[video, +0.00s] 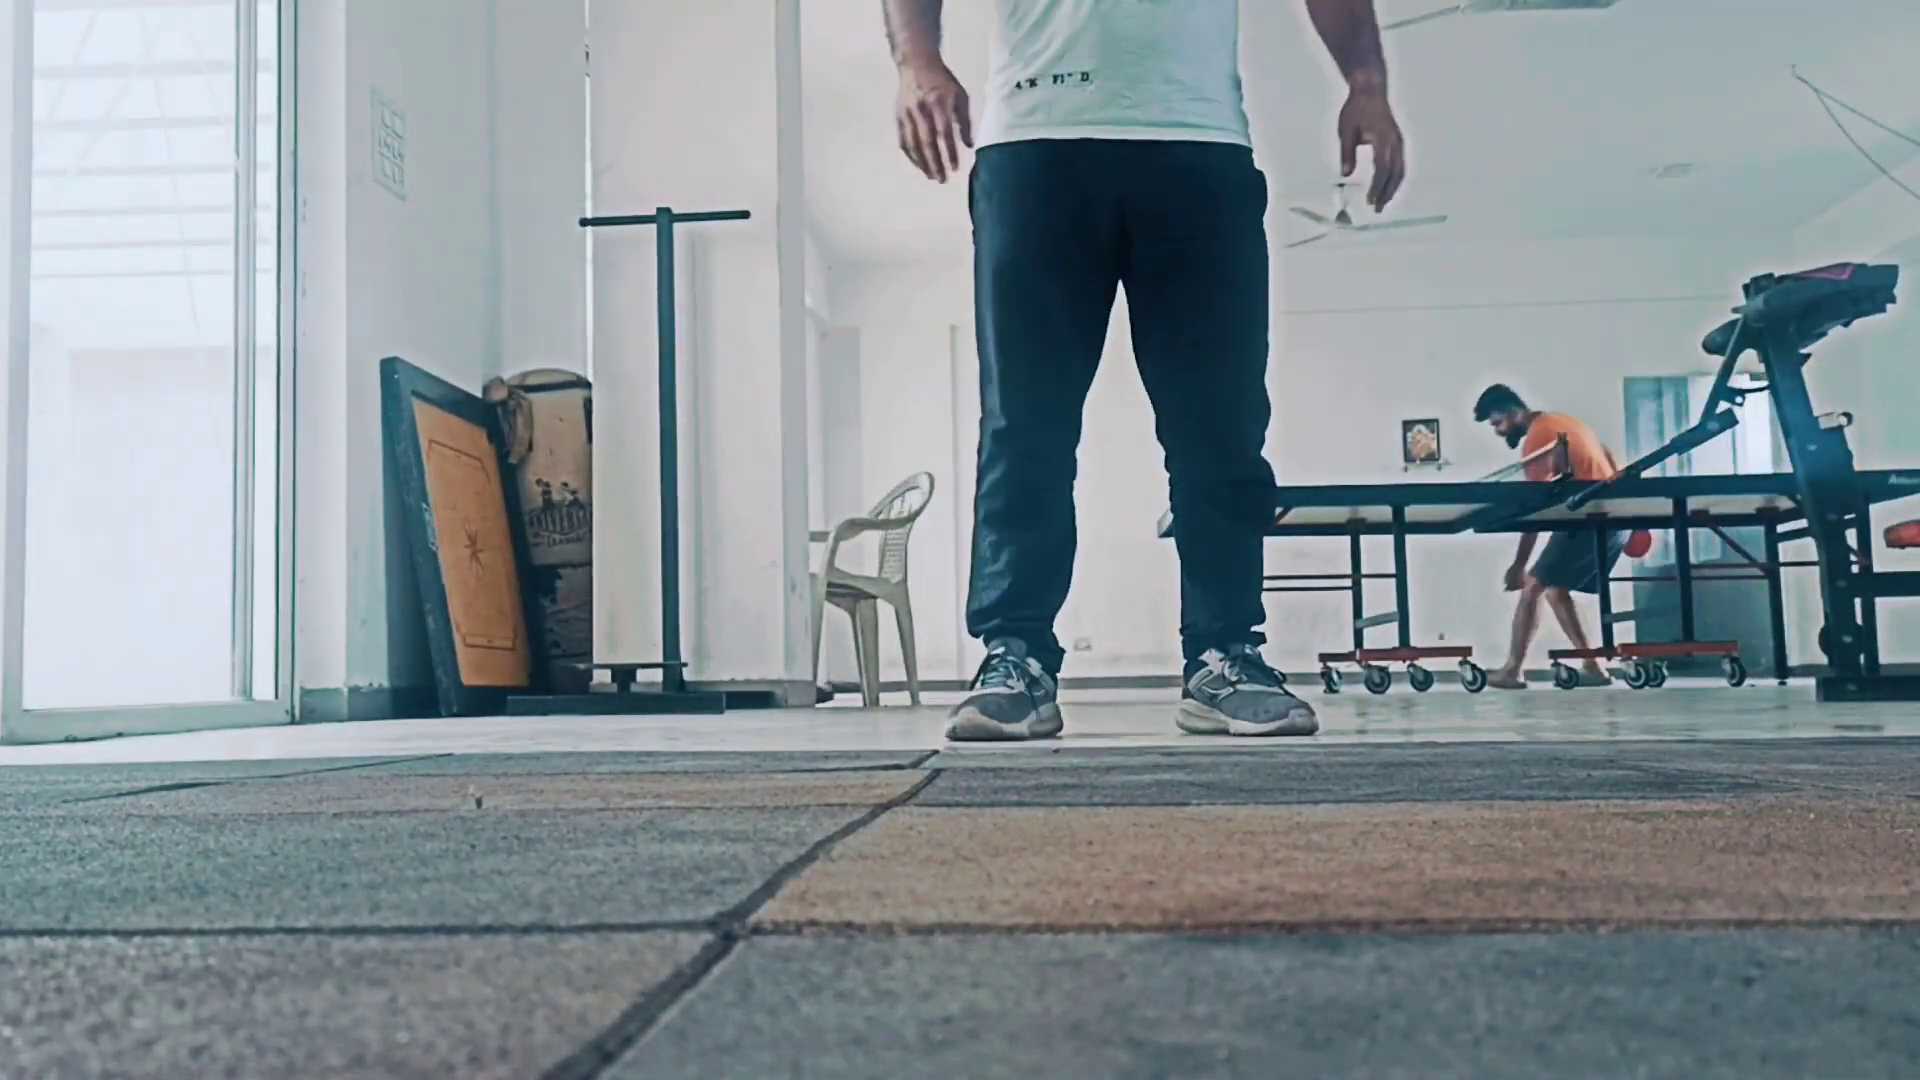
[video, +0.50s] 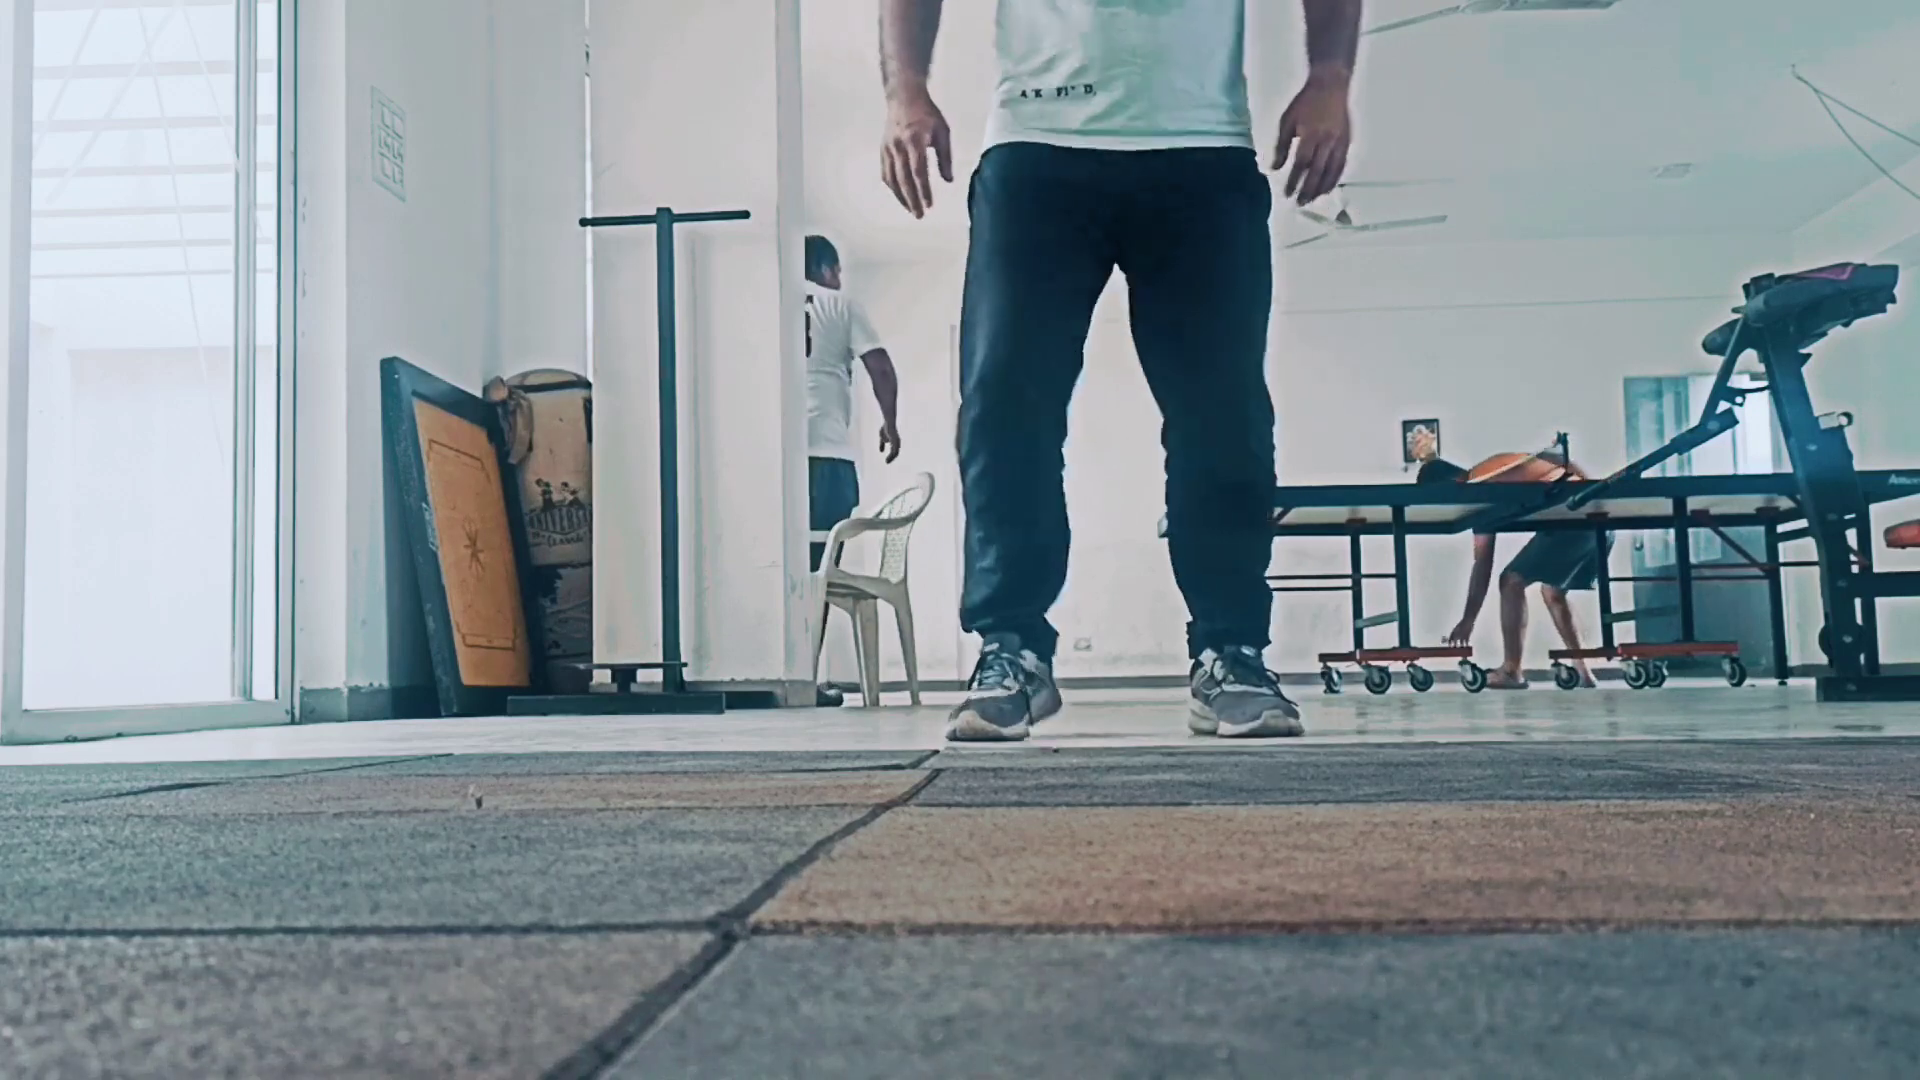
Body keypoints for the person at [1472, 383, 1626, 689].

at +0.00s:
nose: (1497, 431)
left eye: (1497, 422)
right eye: (1493, 425)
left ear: (1512, 412)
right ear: (1519, 409)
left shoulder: (1537, 436)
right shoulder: (1565, 423)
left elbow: (1536, 508)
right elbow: (1610, 461)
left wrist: (1518, 564)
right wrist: (1631, 518)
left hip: (1583, 522)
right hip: (1610, 519)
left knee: (1531, 588)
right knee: (1556, 590)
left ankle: (1511, 670)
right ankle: (1592, 666)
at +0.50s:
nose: (1444, 502)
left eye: (1440, 495)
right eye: (1438, 497)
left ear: (1448, 484)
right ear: (1454, 473)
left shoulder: (1478, 488)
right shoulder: (1480, 494)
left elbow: (1481, 563)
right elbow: (1482, 563)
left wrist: (1467, 620)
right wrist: (1468, 620)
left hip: (1568, 519)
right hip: (1590, 516)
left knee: (1511, 581)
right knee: (1553, 592)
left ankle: (1511, 671)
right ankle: (1582, 671)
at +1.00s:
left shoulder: (1472, 530)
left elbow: (1481, 588)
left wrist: (1452, 638)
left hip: (1563, 532)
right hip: (1589, 529)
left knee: (1502, 583)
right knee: (1550, 594)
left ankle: (1509, 671)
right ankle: (1583, 672)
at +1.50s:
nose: (1453, 432)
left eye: (1452, 424)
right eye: (1448, 428)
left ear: (1465, 410)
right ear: (1467, 409)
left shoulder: (1488, 434)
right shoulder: (1504, 418)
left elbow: (1506, 490)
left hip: (1556, 511)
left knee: (1525, 584)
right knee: (1544, 588)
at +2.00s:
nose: (1539, 379)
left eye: (1541, 369)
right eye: (1535, 373)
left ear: (1559, 360)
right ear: (1550, 366)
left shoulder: (1584, 391)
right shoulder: (1573, 395)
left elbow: (1595, 448)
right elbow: (1576, 448)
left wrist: (1543, 443)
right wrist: (1543, 444)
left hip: (1595, 497)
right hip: (1586, 496)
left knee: (1577, 574)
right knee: (1579, 575)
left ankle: (1592, 664)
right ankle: (1593, 662)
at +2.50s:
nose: (1623, 370)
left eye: (1628, 361)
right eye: (1616, 364)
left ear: (1646, 354)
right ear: (1612, 365)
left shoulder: (1672, 388)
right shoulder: (1631, 396)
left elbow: (1678, 445)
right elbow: (1643, 451)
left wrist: (1627, 423)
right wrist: (1627, 487)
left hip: (1673, 493)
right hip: (1643, 494)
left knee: (1691, 580)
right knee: (1635, 582)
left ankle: (1714, 664)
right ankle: (1614, 663)